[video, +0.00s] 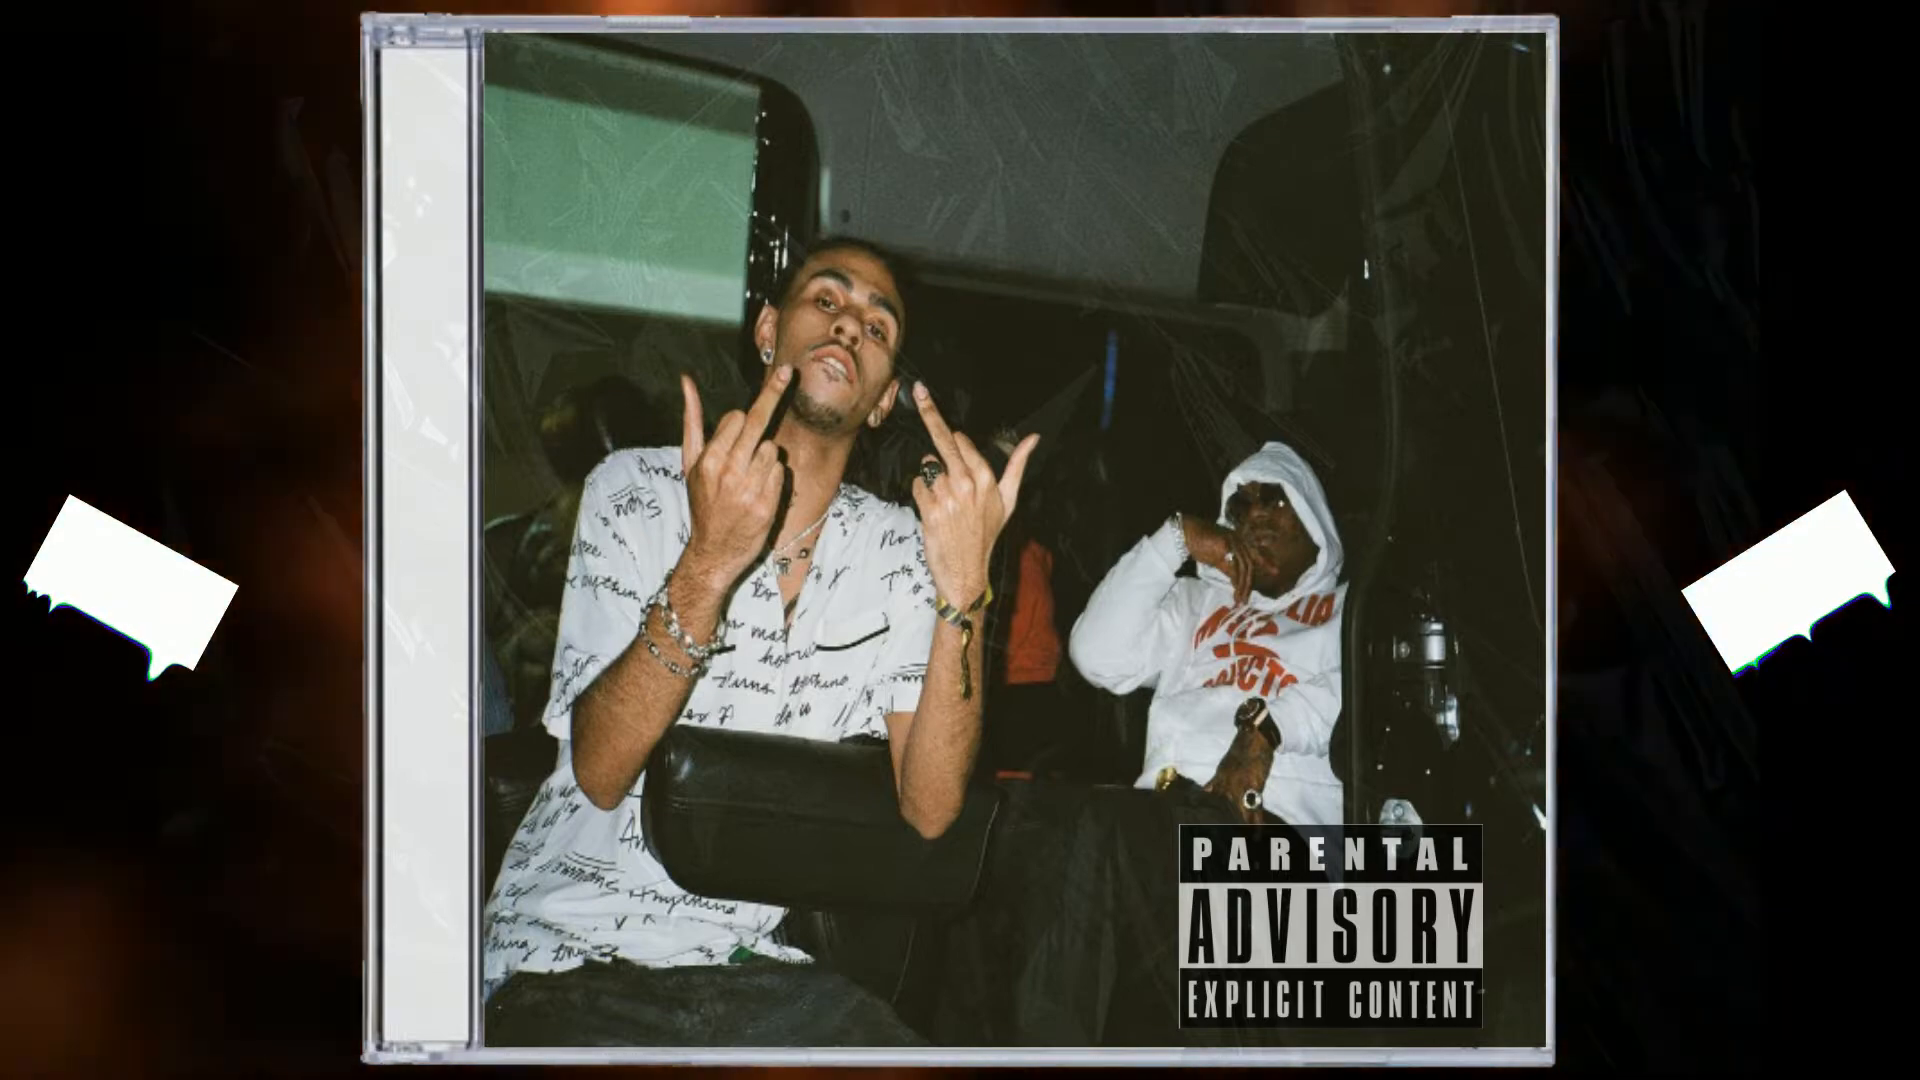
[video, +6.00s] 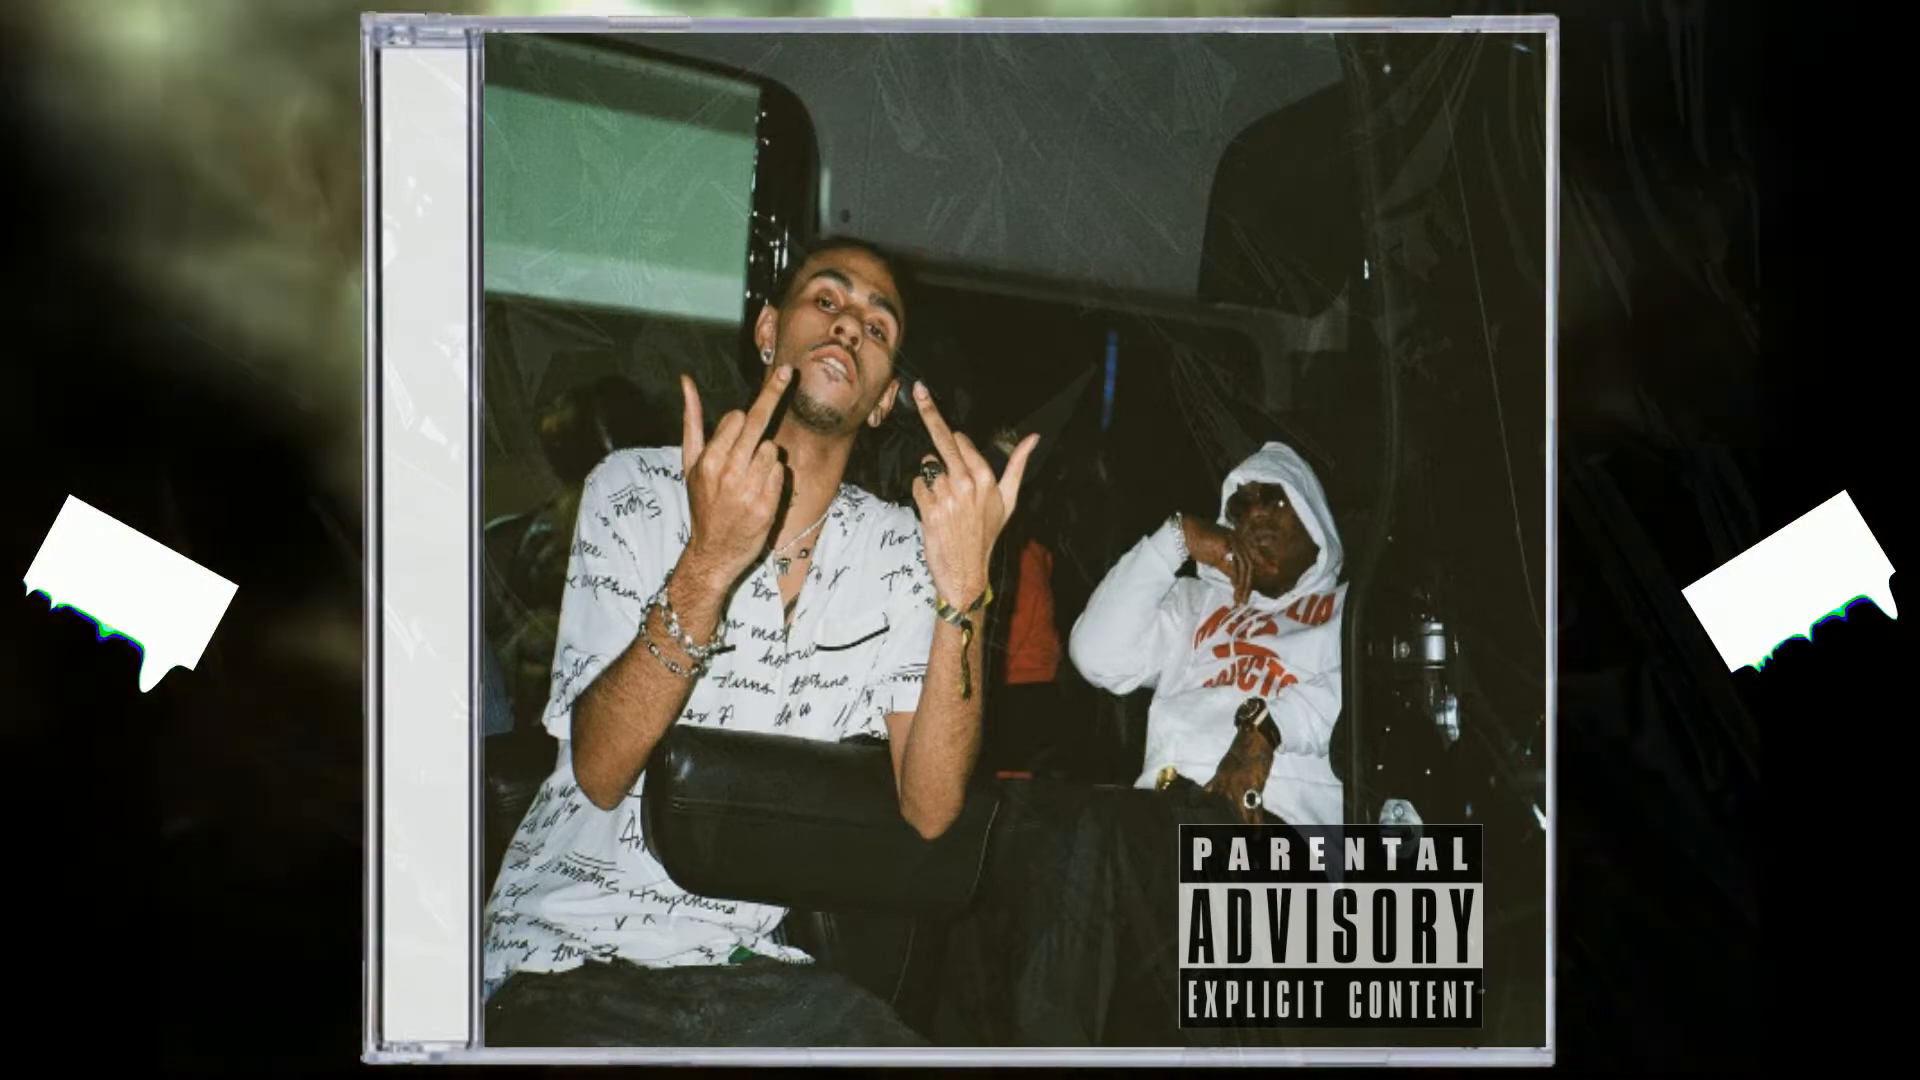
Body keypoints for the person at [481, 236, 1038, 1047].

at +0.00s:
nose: (852, 322)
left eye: (879, 323)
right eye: (827, 298)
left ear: (887, 396)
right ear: (766, 333)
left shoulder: (903, 551)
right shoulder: (638, 491)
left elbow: (931, 809)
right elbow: (601, 770)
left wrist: (966, 593)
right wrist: (710, 563)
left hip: (754, 956)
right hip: (570, 944)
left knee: (904, 1060)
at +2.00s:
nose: (852, 323)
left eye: (879, 323)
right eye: (826, 299)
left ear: (887, 396)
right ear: (767, 333)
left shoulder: (902, 550)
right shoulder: (638, 490)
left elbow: (931, 809)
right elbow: (601, 770)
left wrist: (966, 593)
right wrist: (709, 564)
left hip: (753, 957)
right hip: (569, 945)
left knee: (907, 1063)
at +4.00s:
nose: (851, 323)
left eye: (879, 323)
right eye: (826, 298)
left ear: (887, 395)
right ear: (767, 333)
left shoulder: (903, 550)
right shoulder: (638, 490)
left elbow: (931, 809)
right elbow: (601, 770)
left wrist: (965, 594)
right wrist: (710, 564)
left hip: (757, 957)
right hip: (572, 945)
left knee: (911, 1066)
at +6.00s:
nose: (851, 323)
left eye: (878, 323)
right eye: (826, 298)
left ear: (886, 395)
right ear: (767, 333)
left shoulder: (903, 550)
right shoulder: (638, 490)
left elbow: (931, 809)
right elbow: (601, 770)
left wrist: (965, 594)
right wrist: (710, 564)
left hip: (752, 955)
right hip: (568, 943)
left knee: (907, 1060)